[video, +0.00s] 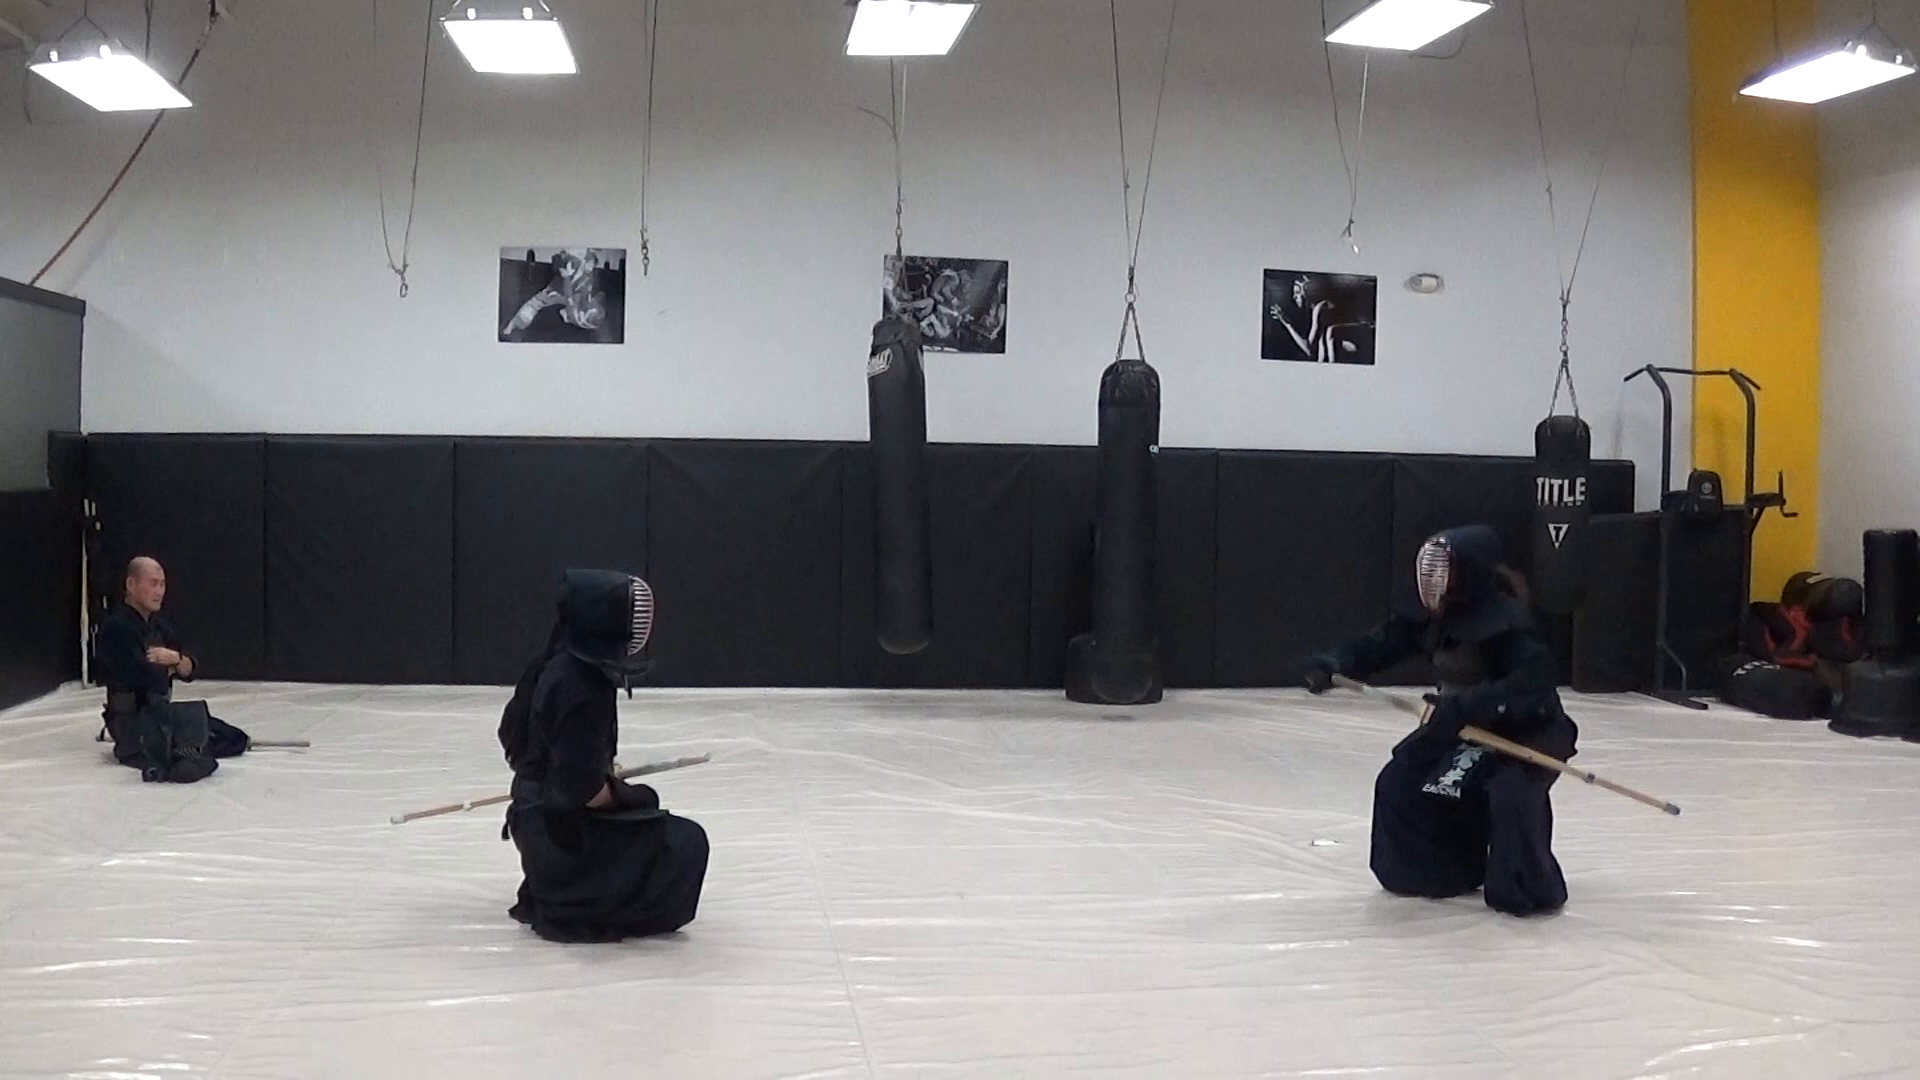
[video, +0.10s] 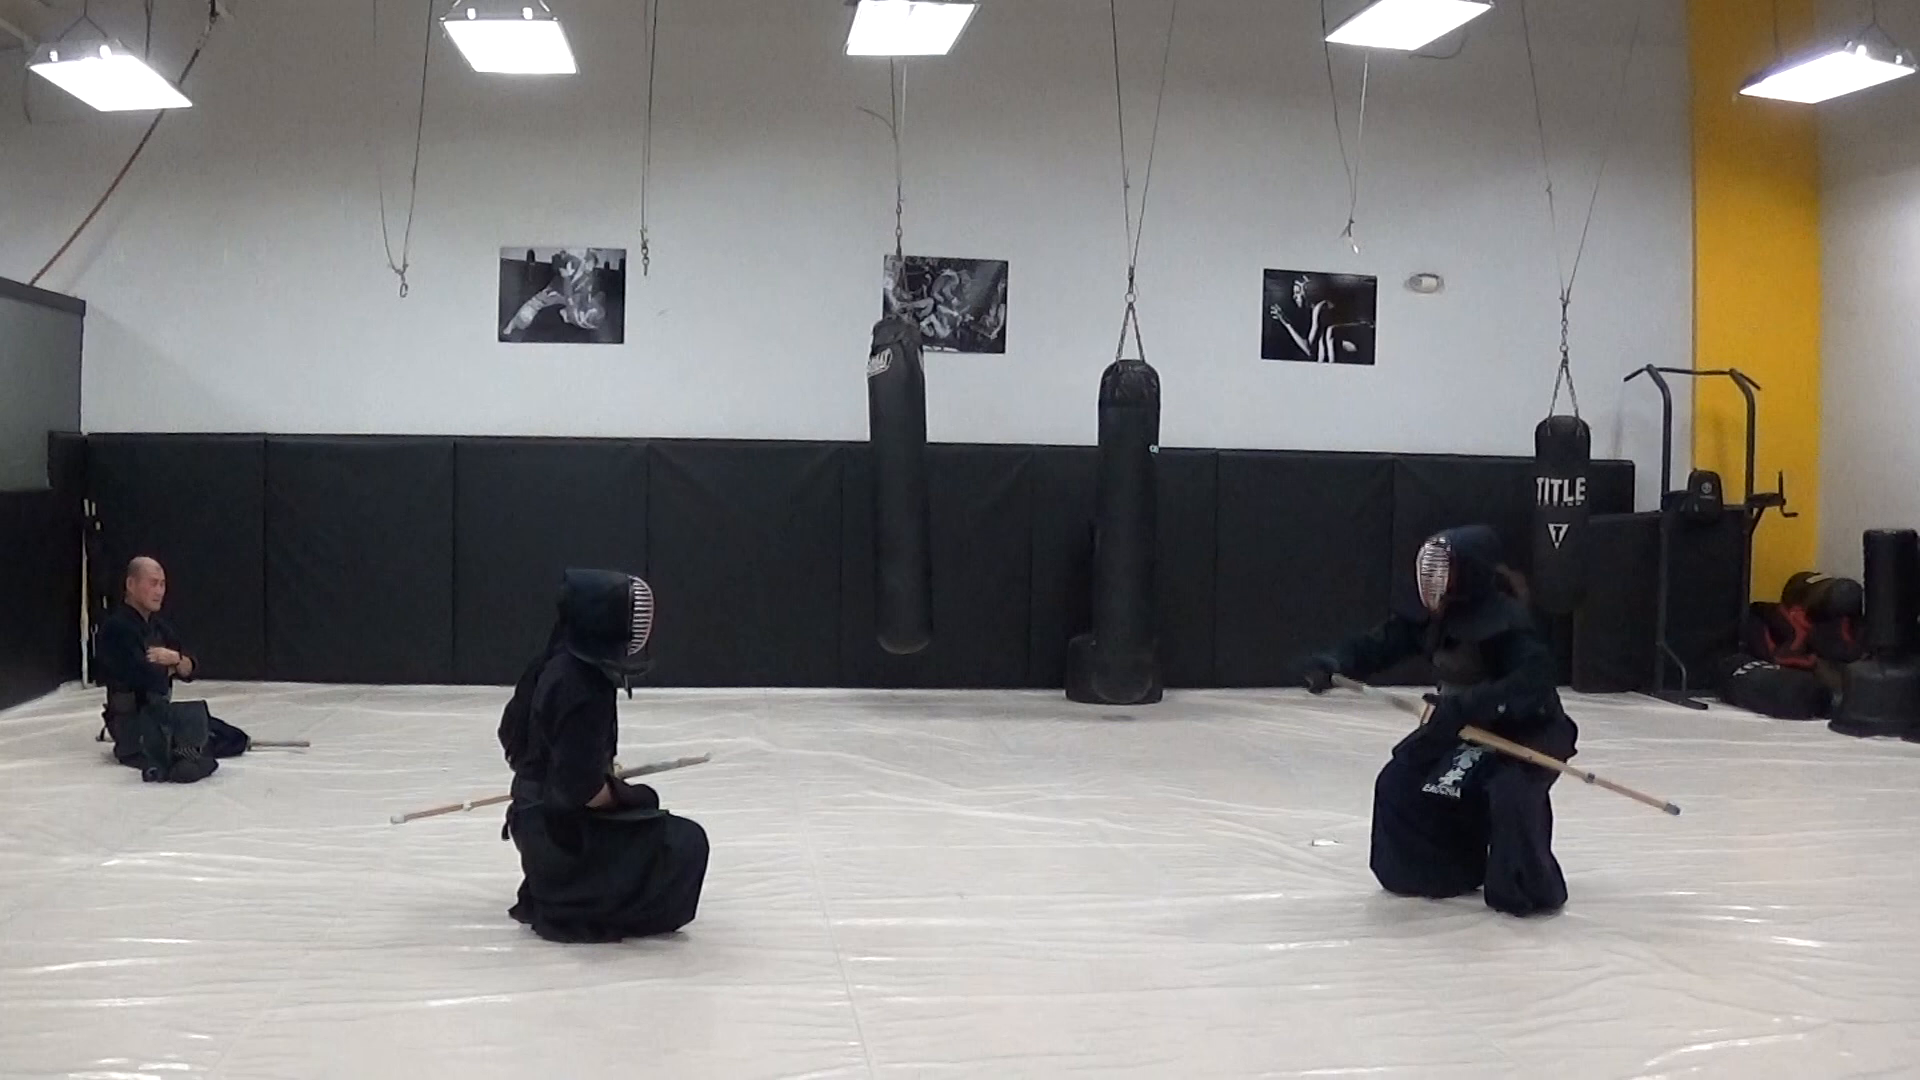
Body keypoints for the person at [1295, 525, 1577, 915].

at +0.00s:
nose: (1431, 587)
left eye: (1441, 576)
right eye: (1427, 575)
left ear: (1468, 578)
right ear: (1420, 573)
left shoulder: (1507, 619)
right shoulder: (1429, 621)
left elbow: (1534, 683)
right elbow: (1382, 647)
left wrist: (1463, 708)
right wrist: (1330, 661)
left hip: (1531, 730)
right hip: (1463, 727)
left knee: (1510, 789)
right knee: (1398, 783)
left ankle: (1527, 895)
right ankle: (1441, 875)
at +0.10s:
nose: (1431, 587)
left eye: (1441, 576)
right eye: (1427, 575)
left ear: (1468, 578)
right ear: (1420, 573)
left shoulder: (1507, 619)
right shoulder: (1429, 621)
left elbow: (1534, 683)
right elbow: (1382, 647)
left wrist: (1463, 708)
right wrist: (1330, 661)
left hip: (1531, 730)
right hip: (1463, 727)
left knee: (1510, 789)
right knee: (1398, 783)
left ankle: (1527, 895)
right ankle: (1441, 875)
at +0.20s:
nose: (1431, 587)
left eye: (1441, 576)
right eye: (1427, 575)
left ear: (1468, 578)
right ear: (1420, 573)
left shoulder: (1507, 619)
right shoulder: (1429, 621)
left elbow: (1534, 683)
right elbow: (1382, 647)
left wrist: (1463, 708)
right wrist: (1330, 661)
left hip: (1531, 730)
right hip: (1463, 727)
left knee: (1510, 789)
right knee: (1398, 783)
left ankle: (1527, 895)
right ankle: (1441, 875)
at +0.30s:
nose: (1431, 587)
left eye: (1441, 576)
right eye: (1427, 575)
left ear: (1468, 578)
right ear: (1420, 573)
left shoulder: (1507, 619)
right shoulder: (1429, 621)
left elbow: (1534, 683)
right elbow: (1382, 647)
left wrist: (1463, 708)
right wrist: (1330, 661)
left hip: (1531, 730)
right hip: (1463, 727)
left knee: (1510, 789)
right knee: (1398, 783)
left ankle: (1527, 895)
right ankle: (1441, 875)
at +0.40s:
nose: (1431, 587)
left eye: (1441, 576)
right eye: (1427, 575)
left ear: (1468, 578)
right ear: (1420, 573)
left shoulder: (1507, 619)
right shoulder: (1429, 621)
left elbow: (1534, 683)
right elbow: (1382, 647)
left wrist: (1463, 708)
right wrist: (1330, 661)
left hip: (1531, 730)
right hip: (1463, 727)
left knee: (1510, 789)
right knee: (1398, 783)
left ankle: (1527, 895)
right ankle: (1441, 875)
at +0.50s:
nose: (1431, 587)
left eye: (1441, 576)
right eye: (1427, 575)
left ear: (1468, 578)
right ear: (1420, 573)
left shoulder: (1507, 619)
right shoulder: (1429, 621)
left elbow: (1534, 683)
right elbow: (1382, 647)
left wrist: (1463, 708)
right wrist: (1330, 661)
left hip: (1531, 730)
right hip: (1463, 727)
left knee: (1510, 789)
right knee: (1398, 783)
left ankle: (1527, 895)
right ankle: (1441, 875)